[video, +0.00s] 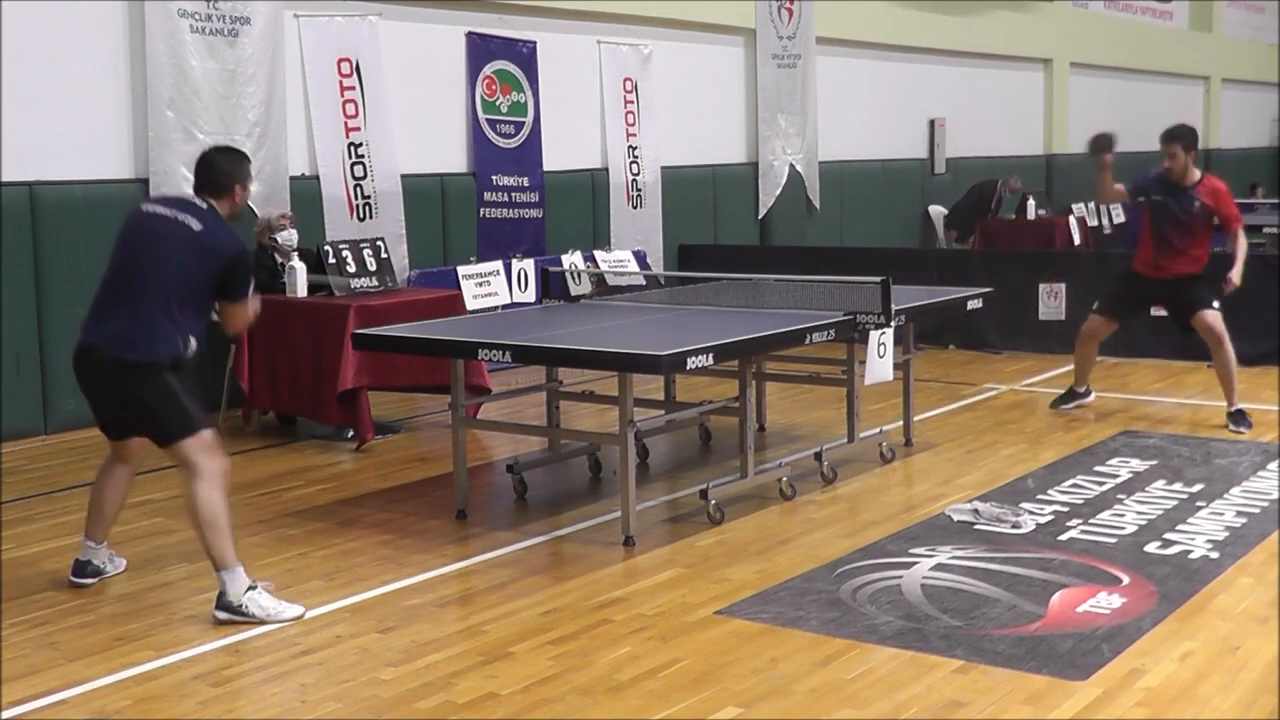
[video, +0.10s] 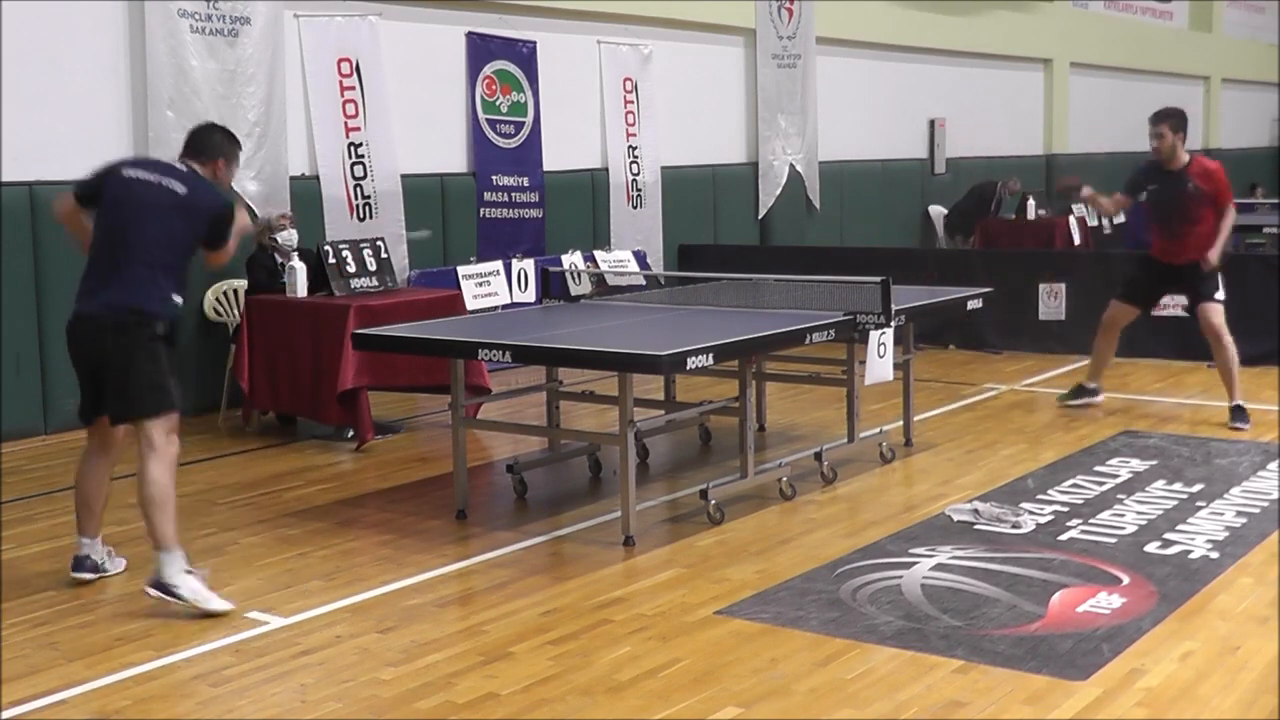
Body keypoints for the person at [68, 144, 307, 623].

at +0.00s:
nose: (247, 196)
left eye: (246, 188)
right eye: (247, 189)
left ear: (198, 181)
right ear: (236, 192)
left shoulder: (148, 210)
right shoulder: (227, 244)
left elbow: (155, 277)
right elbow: (234, 322)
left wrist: (223, 289)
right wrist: (252, 295)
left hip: (93, 355)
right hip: (145, 363)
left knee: (124, 452)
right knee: (209, 461)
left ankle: (92, 555)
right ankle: (236, 589)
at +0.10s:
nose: (231, 178)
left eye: (233, 172)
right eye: (232, 171)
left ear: (185, 156)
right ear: (218, 165)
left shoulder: (127, 168)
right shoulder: (214, 199)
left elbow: (66, 208)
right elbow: (217, 258)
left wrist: (99, 251)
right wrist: (237, 227)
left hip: (87, 323)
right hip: (137, 326)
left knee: (104, 436)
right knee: (160, 439)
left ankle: (88, 552)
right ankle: (171, 569)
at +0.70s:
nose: (249, 145)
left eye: (247, 136)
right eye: (246, 137)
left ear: (200, 141)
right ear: (230, 142)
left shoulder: (158, 179)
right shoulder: (231, 195)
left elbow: (126, 246)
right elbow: (249, 275)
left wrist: (151, 289)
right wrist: (293, 300)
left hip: (137, 332)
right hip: (186, 338)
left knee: (149, 424)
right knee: (257, 433)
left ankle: (107, 527)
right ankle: (203, 538)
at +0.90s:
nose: (318, 192)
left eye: (316, 184)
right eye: (316, 185)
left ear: (272, 188)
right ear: (305, 191)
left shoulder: (234, 224)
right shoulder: (290, 244)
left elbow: (234, 301)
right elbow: (295, 330)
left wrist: (298, 319)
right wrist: (343, 350)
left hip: (193, 373)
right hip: (236, 380)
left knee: (206, 460)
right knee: (340, 444)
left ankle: (148, 547)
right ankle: (354, 564)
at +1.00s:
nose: (347, 215)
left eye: (347, 207)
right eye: (345, 208)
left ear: (296, 208)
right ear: (332, 214)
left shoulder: (257, 236)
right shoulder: (323, 270)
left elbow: (232, 302)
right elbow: (337, 352)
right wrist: (377, 348)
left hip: (203, 385)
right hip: (249, 390)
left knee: (232, 464)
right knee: (358, 447)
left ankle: (163, 549)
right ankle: (357, 565)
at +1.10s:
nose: (354, 213)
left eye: (353, 205)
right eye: (352, 206)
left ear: (304, 203)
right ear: (341, 212)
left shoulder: (257, 229)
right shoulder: (328, 261)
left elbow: (217, 300)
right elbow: (370, 325)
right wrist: (422, 309)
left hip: (207, 380)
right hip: (252, 384)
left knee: (238, 461)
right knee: (356, 446)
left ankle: (162, 544)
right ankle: (359, 565)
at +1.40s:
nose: (300, 143)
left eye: (298, 133)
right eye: (296, 133)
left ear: (254, 134)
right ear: (275, 136)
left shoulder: (211, 167)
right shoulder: (239, 180)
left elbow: (210, 246)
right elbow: (247, 257)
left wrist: (270, 233)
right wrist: (313, 245)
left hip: (188, 325)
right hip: (222, 328)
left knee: (191, 434)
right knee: (264, 439)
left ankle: (146, 535)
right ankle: (240, 564)